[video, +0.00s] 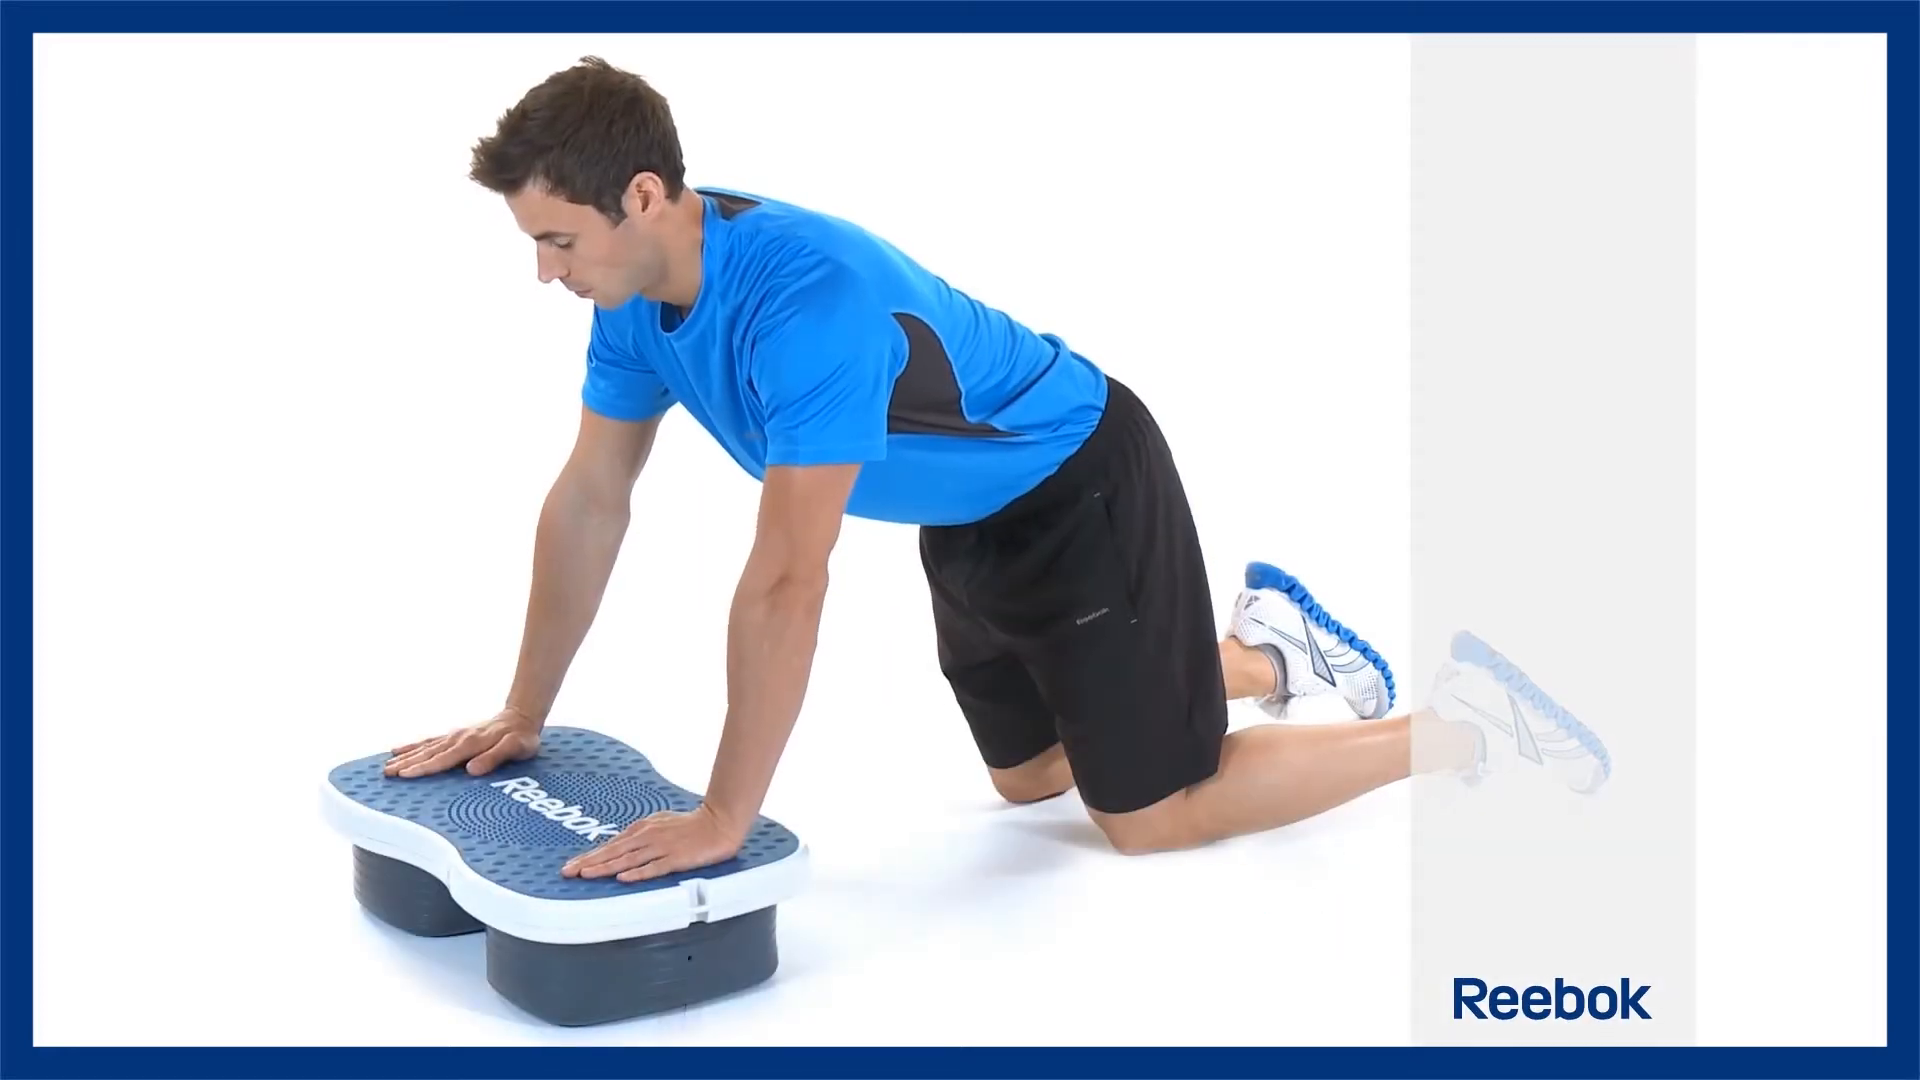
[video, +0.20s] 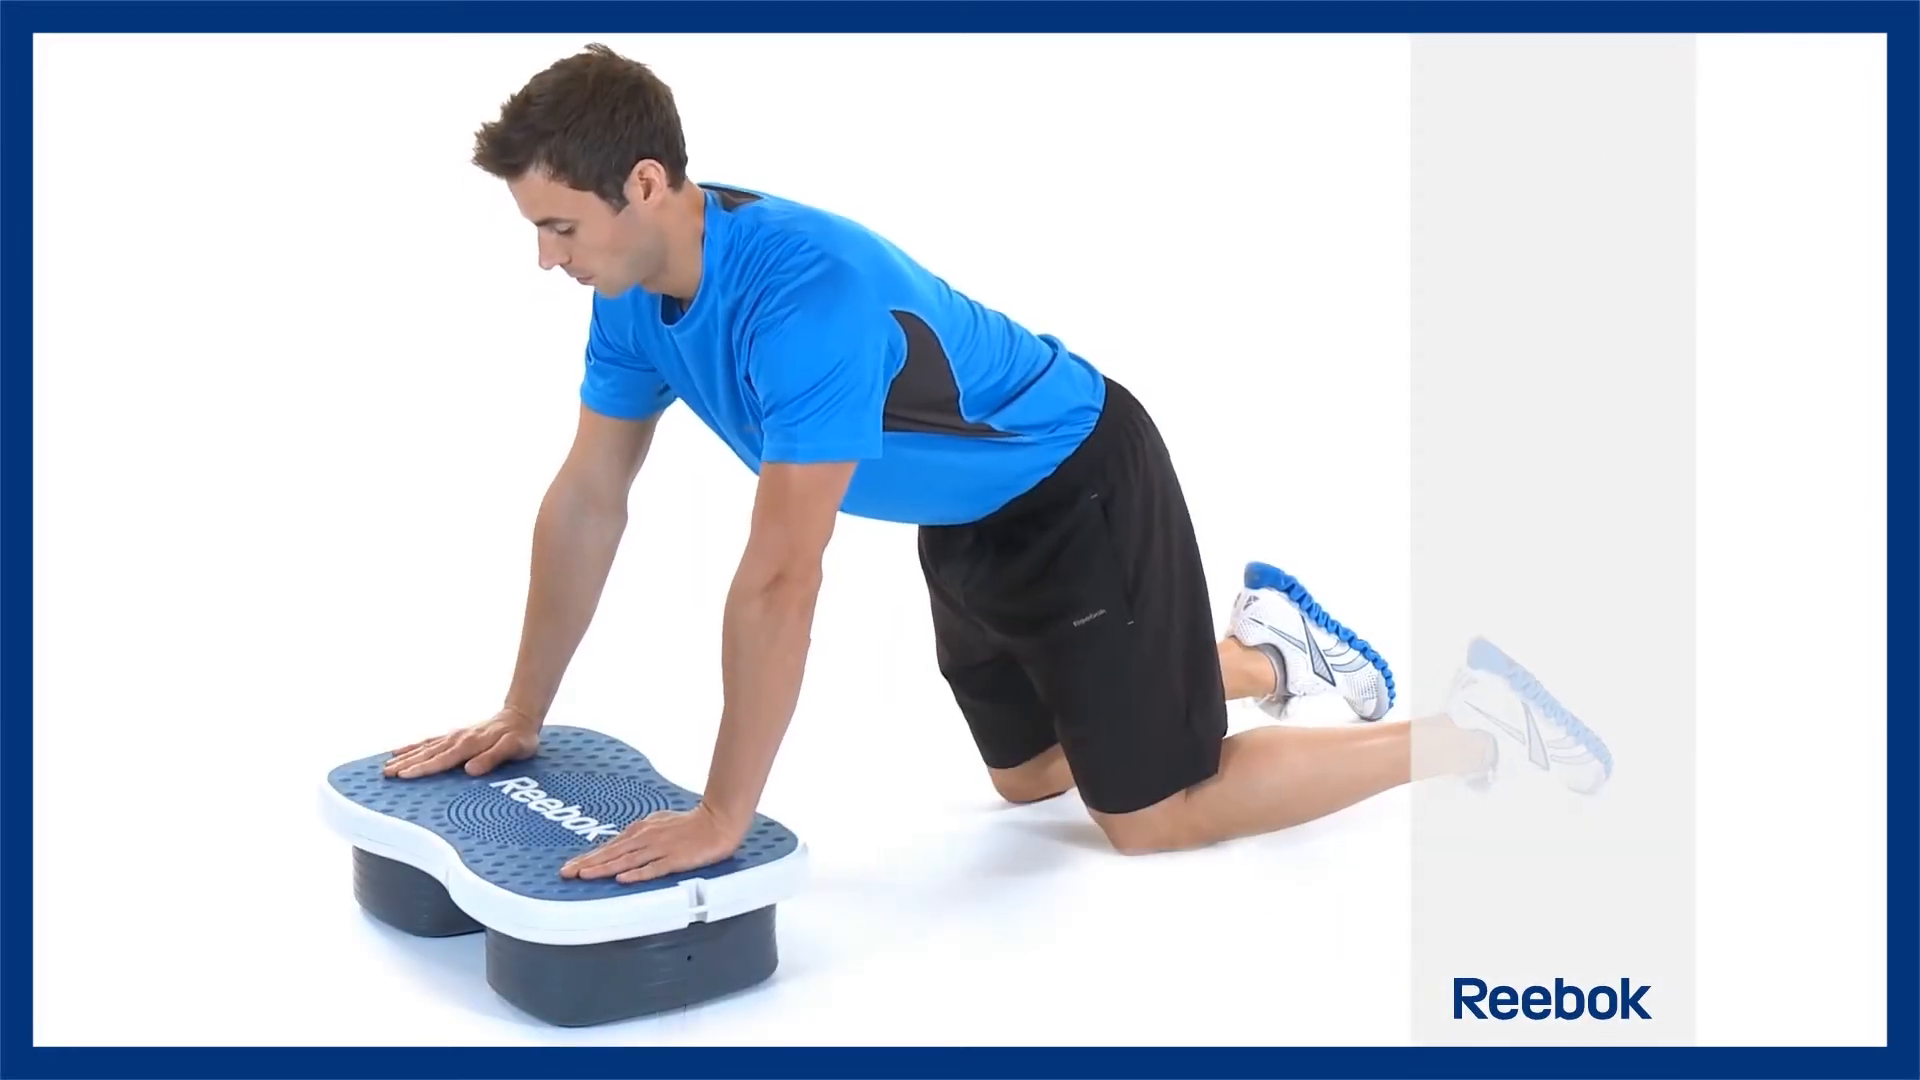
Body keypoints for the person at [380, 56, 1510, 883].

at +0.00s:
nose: (545, 273)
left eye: (555, 241)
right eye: (531, 246)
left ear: (648, 201)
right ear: (622, 214)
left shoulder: (807, 302)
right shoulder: (633, 303)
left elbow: (786, 583)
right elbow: (587, 505)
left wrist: (728, 812)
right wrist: (522, 717)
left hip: (1083, 483)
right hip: (963, 521)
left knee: (1152, 814)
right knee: (1037, 770)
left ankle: (1448, 737)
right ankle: (1265, 657)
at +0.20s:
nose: (544, 257)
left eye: (554, 224)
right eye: (532, 229)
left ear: (647, 188)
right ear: (615, 202)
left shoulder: (807, 299)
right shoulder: (631, 304)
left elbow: (779, 584)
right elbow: (584, 509)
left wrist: (724, 812)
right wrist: (522, 714)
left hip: (1076, 479)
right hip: (958, 519)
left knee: (1157, 810)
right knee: (1041, 776)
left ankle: (1462, 736)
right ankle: (1271, 658)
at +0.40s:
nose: (540, 266)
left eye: (552, 233)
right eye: (526, 239)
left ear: (642, 193)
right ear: (608, 208)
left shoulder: (797, 303)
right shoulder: (620, 301)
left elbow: (792, 587)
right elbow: (585, 499)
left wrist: (724, 807)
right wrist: (520, 713)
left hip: (1073, 487)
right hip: (955, 525)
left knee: (1153, 813)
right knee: (1037, 769)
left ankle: (1463, 744)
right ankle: (1264, 660)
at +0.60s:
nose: (500, 343)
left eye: (504, 314)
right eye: (484, 322)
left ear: (587, 256)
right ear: (567, 262)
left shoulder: (759, 352)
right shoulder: (598, 340)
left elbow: (834, 611)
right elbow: (584, 520)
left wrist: (729, 817)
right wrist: (519, 719)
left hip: (1054, 488)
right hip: (943, 536)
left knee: (1150, 811)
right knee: (1032, 775)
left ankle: (1470, 746)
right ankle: (1267, 665)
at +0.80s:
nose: (436, 473)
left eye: (436, 445)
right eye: (418, 453)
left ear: (509, 382)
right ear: (486, 389)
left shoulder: (697, 429)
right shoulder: (556, 404)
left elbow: (858, 645)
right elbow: (577, 540)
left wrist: (730, 820)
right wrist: (522, 717)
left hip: (1013, 509)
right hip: (910, 559)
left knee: (1158, 811)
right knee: (1030, 764)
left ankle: (1471, 754)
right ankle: (1257, 661)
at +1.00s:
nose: (383, 611)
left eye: (372, 588)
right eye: (358, 597)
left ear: (428, 523)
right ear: (416, 496)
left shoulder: (630, 520)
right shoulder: (501, 447)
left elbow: (848, 647)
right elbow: (559, 578)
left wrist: (729, 822)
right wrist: (522, 721)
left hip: (973, 543)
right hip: (882, 582)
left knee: (1170, 807)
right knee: (1014, 768)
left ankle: (1474, 745)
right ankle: (1260, 661)